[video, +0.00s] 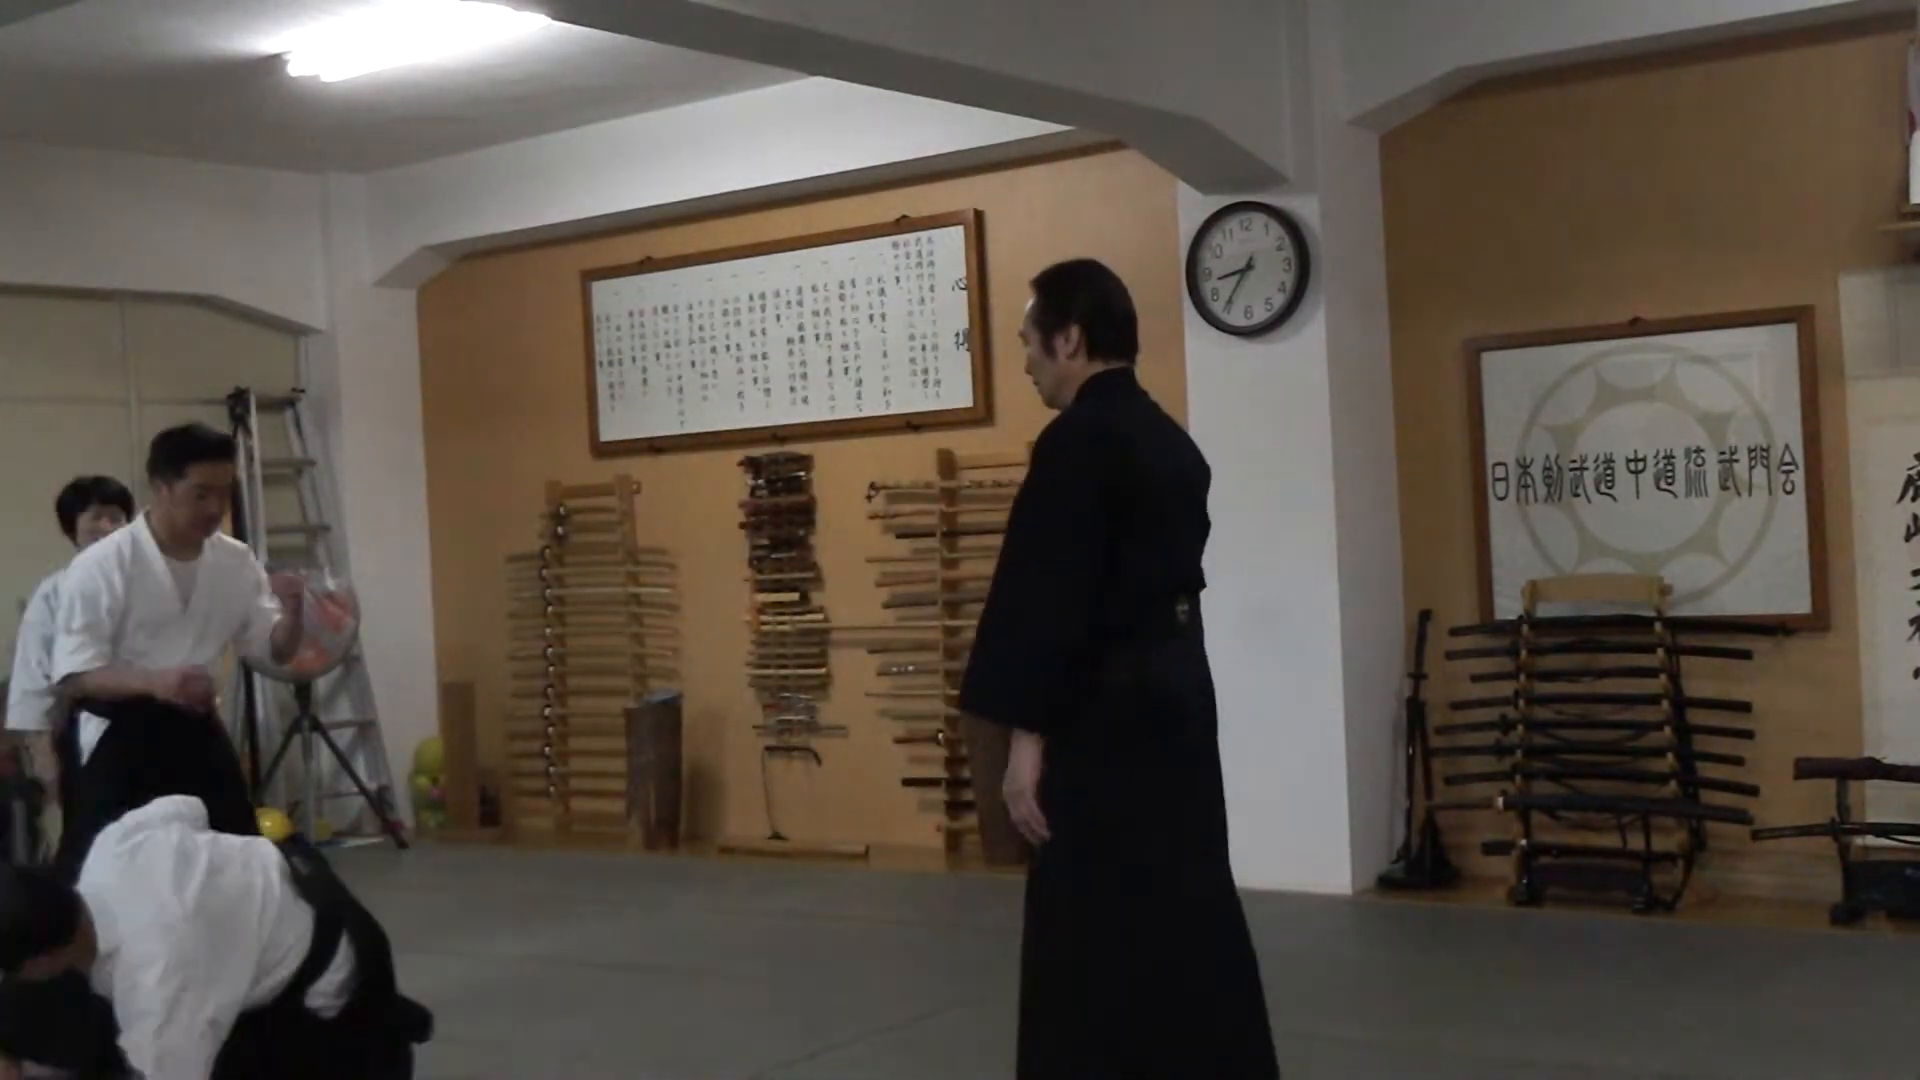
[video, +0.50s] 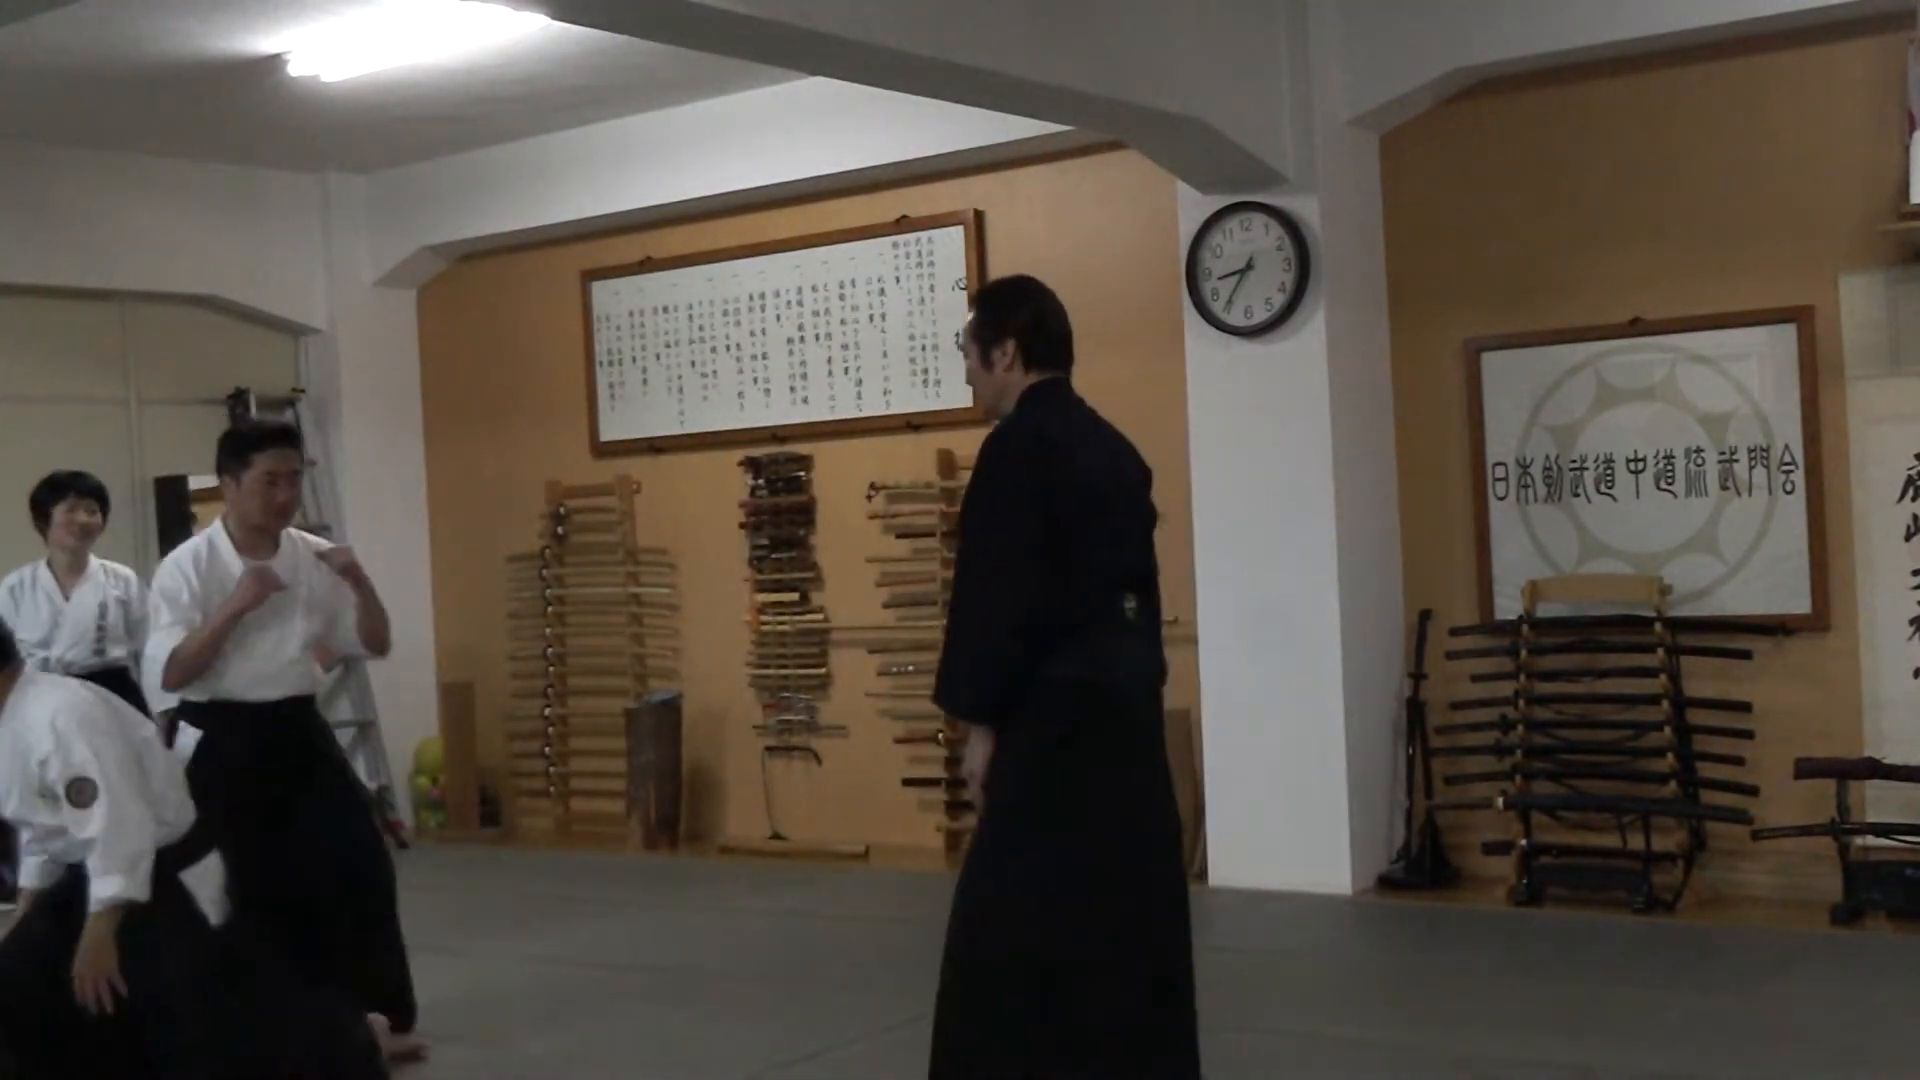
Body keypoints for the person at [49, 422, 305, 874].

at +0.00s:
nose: (217, 509)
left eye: (226, 494)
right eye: (203, 494)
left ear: (234, 491)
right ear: (162, 490)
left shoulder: (236, 562)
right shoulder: (101, 567)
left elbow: (275, 653)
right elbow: (76, 675)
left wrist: (293, 611)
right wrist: (156, 683)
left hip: (200, 738)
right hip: (121, 740)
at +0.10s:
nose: (244, 506)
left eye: (253, 491)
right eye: (230, 490)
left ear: (261, 488)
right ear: (190, 482)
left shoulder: (267, 556)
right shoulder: (131, 556)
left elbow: (309, 646)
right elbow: (104, 664)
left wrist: (321, 595)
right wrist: (189, 652)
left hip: (229, 728)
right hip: (152, 729)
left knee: (247, 861)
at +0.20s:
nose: (257, 498)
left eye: (268, 483)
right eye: (243, 483)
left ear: (277, 481)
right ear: (202, 476)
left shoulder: (283, 551)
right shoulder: (148, 550)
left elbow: (325, 645)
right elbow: (125, 654)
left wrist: (335, 594)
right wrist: (206, 628)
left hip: (244, 722)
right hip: (169, 723)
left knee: (261, 864)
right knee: (176, 866)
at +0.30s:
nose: (267, 489)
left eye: (276, 475)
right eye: (253, 473)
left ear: (283, 475)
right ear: (212, 468)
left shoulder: (288, 547)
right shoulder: (156, 546)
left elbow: (327, 643)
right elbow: (134, 649)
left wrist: (340, 598)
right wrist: (214, 615)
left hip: (261, 721)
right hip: (185, 725)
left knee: (299, 864)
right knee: (196, 875)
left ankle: (310, 1013)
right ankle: (200, 1028)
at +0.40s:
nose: (273, 487)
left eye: (281, 472)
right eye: (258, 473)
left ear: (289, 473)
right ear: (216, 473)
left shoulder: (300, 546)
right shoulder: (170, 550)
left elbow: (342, 647)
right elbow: (146, 657)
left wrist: (342, 592)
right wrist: (220, 614)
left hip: (287, 724)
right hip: (206, 731)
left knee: (340, 864)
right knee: (219, 884)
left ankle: (333, 1024)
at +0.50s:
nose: (287, 494)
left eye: (295, 480)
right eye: (272, 480)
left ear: (302, 483)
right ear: (229, 484)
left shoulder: (311, 557)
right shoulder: (187, 567)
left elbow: (373, 646)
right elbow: (167, 675)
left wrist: (362, 588)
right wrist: (235, 608)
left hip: (302, 731)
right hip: (224, 740)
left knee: (360, 865)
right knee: (263, 887)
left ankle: (374, 1021)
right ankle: (281, 1032)